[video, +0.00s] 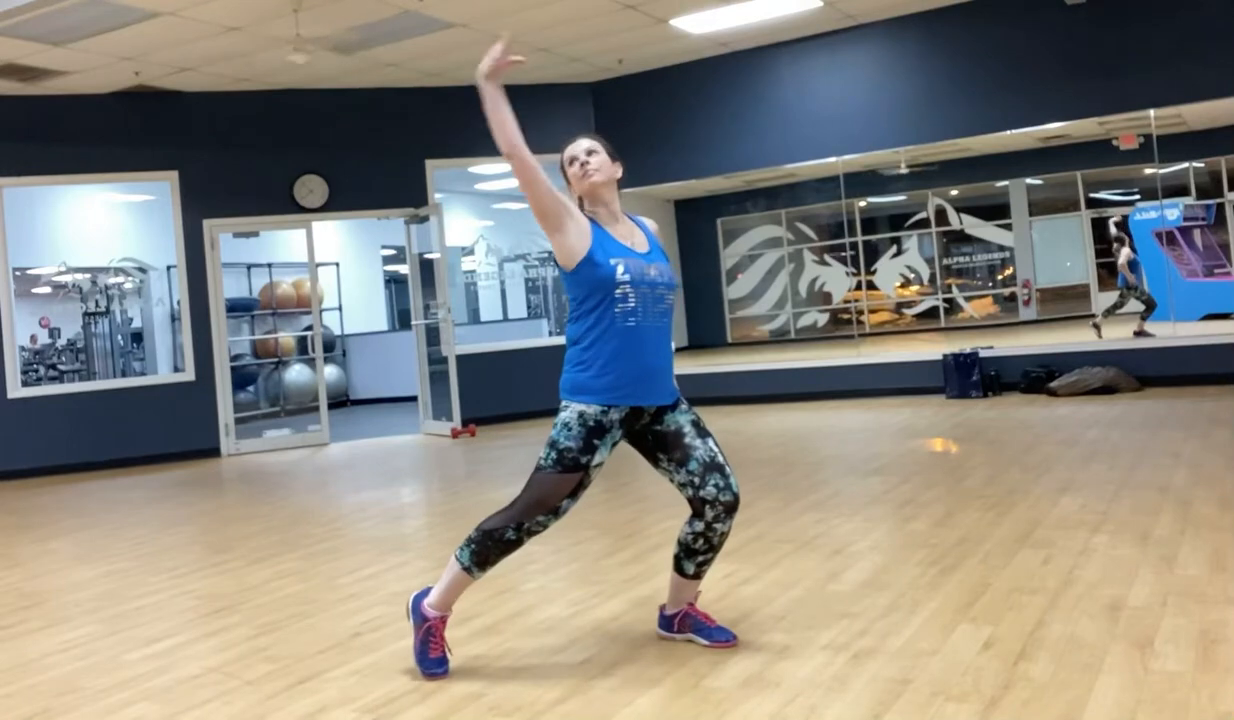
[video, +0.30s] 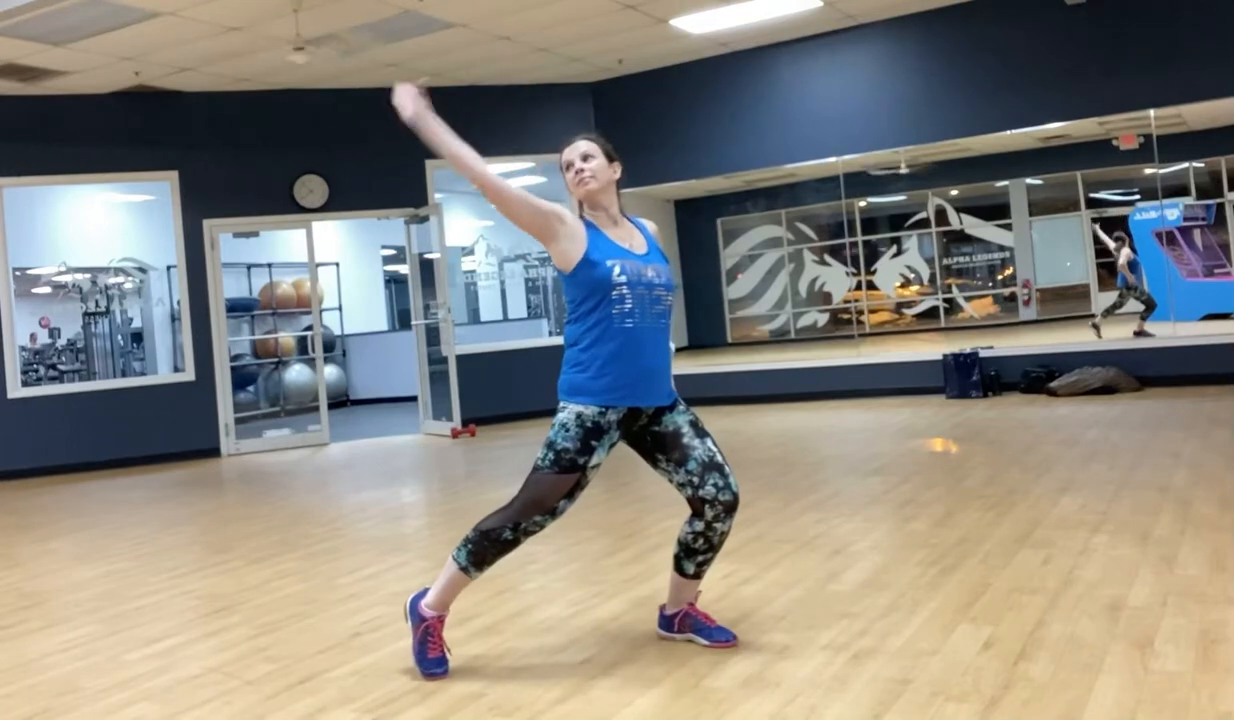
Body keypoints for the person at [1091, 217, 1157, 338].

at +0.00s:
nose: (1127, 238)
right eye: (1126, 237)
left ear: (1118, 241)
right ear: (1126, 240)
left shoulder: (1120, 248)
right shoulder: (1126, 250)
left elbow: (1115, 234)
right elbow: (1121, 264)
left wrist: (1111, 221)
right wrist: (1130, 276)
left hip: (1125, 285)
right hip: (1132, 285)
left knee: (1118, 305)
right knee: (1152, 305)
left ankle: (1098, 321)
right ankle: (1140, 328)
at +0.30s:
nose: (1115, 245)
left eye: (1116, 243)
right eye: (1115, 242)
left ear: (1119, 243)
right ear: (1124, 242)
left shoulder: (1116, 249)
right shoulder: (1126, 251)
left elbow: (1106, 240)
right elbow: (1121, 265)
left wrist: (1097, 230)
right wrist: (1130, 277)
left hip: (1124, 286)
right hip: (1132, 286)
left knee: (1117, 304)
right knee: (1151, 305)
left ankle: (1097, 322)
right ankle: (1140, 329)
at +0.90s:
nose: (1125, 241)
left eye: (1122, 239)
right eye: (1125, 239)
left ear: (1115, 240)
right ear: (1125, 239)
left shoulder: (1113, 250)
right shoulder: (1130, 249)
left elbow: (1096, 246)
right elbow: (1139, 258)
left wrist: (1080, 238)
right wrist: (1143, 278)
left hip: (1118, 284)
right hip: (1132, 284)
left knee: (1111, 306)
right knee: (1149, 304)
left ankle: (1096, 328)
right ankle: (1139, 329)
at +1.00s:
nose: (1123, 240)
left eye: (1119, 239)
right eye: (1125, 238)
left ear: (1114, 238)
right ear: (1126, 237)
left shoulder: (1112, 248)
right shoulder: (1134, 247)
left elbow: (1095, 246)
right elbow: (1144, 253)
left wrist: (1078, 239)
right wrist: (1150, 266)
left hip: (1117, 283)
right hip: (1132, 282)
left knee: (1109, 305)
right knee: (1147, 303)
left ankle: (1099, 329)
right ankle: (1139, 329)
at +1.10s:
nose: (1120, 238)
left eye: (1118, 236)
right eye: (1122, 235)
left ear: (1112, 236)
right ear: (1124, 235)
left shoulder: (1108, 244)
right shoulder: (1129, 242)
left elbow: (1092, 243)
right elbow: (1145, 243)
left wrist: (1079, 243)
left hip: (1113, 278)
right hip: (1130, 277)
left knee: (1110, 303)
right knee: (1142, 298)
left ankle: (1109, 329)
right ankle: (1140, 326)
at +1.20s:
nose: (1123, 237)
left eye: (1121, 236)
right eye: (1122, 235)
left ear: (1110, 236)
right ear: (1122, 235)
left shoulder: (1106, 245)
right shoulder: (1127, 242)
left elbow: (1085, 244)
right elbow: (1141, 242)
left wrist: (1071, 251)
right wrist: (1155, 237)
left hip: (1111, 279)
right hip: (1128, 277)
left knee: (1109, 303)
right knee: (1144, 296)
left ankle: (1110, 329)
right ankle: (1144, 323)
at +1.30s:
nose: (1121, 239)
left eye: (1121, 238)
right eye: (1121, 238)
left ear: (1109, 239)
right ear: (1120, 238)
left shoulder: (1103, 248)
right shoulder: (1125, 245)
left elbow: (1087, 254)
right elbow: (1140, 244)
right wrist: (1155, 238)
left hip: (1110, 280)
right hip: (1127, 278)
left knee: (1108, 304)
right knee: (1142, 298)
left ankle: (1110, 330)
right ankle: (1151, 321)